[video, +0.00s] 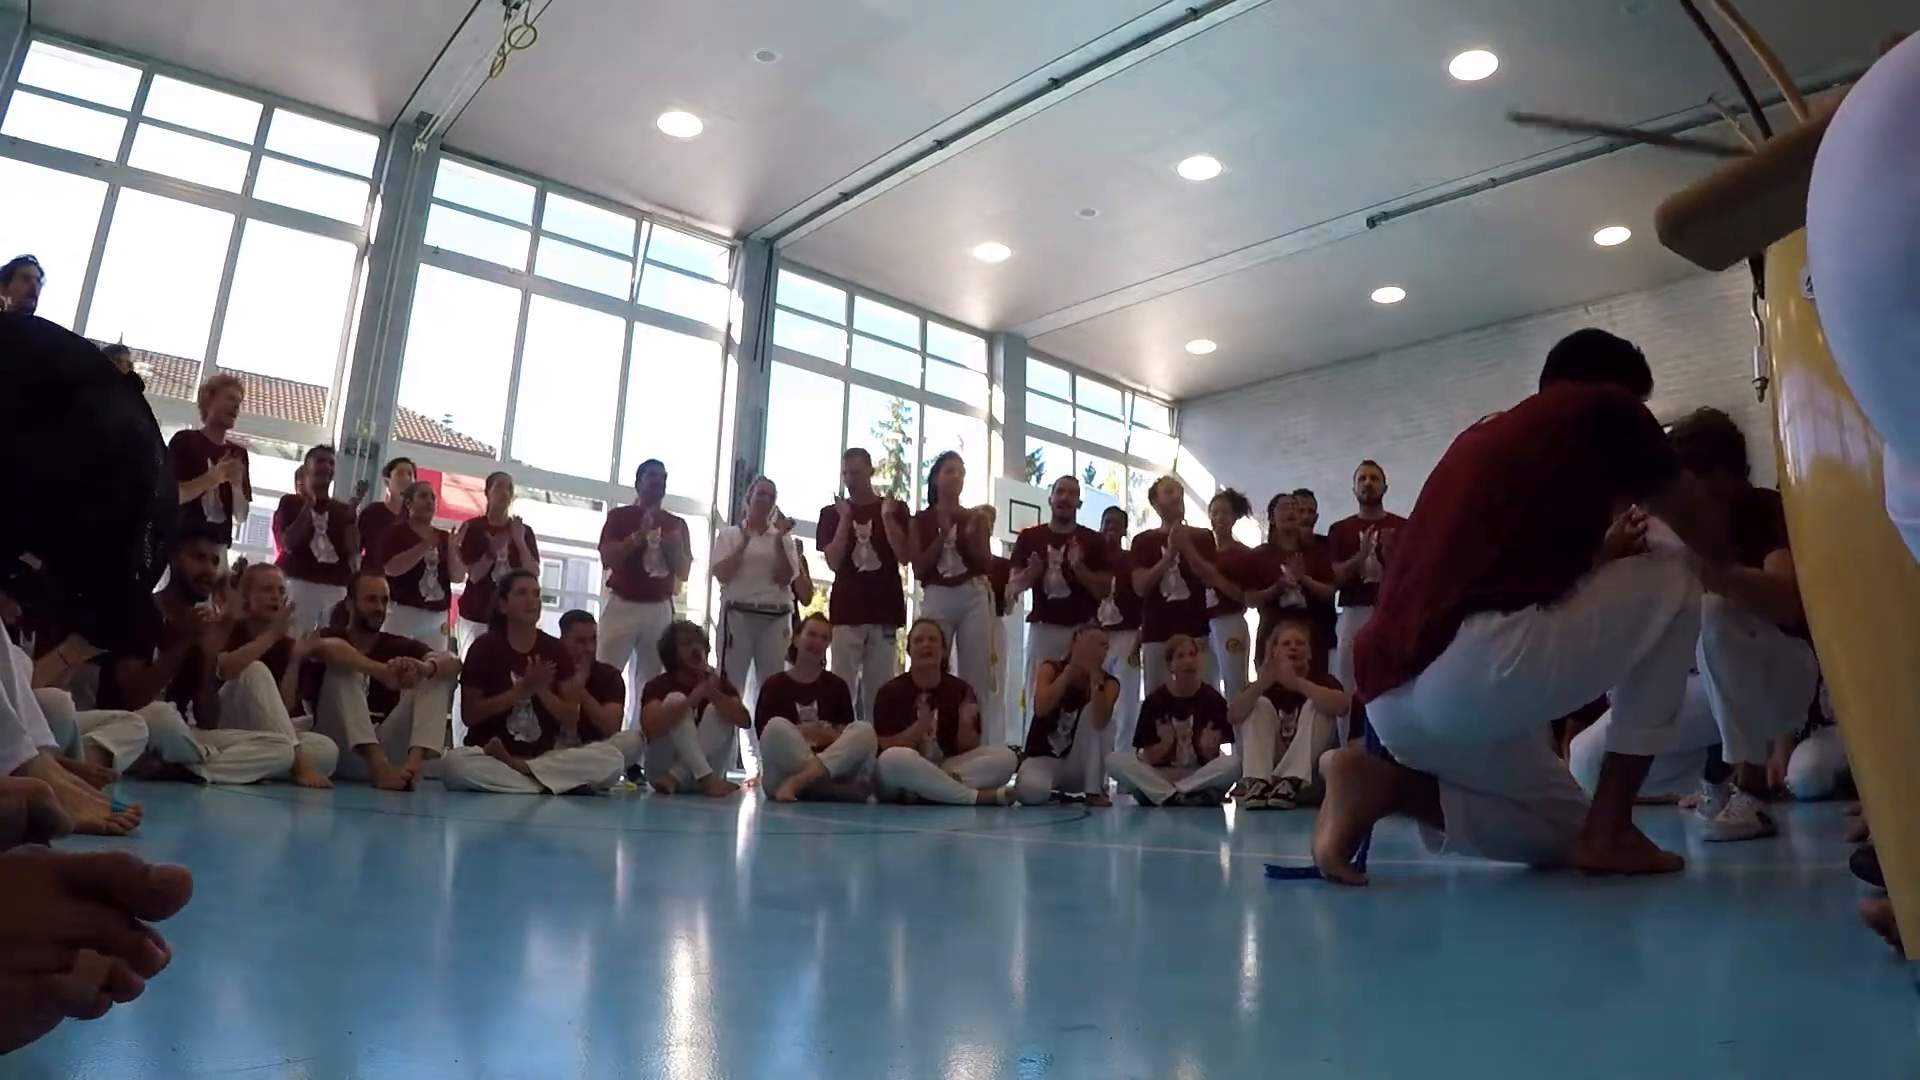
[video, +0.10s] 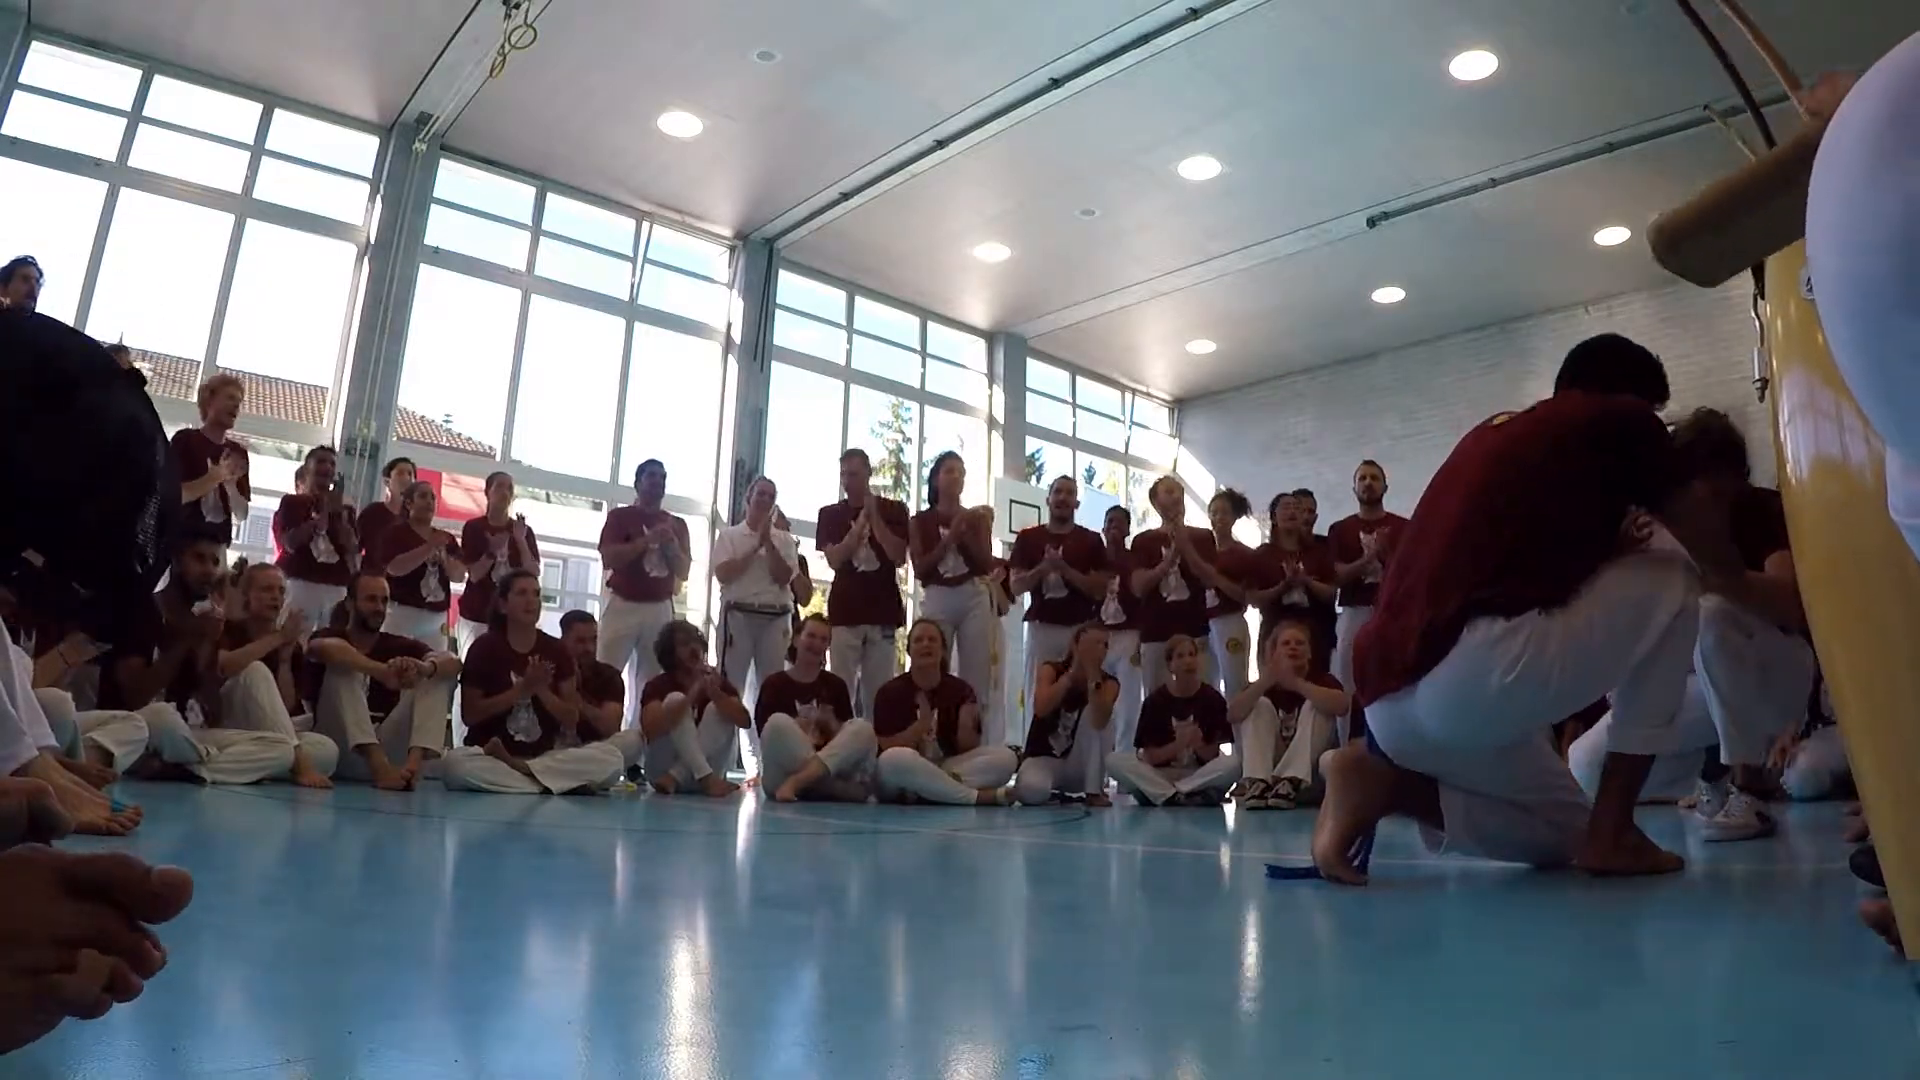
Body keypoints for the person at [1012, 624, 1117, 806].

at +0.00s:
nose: (1101, 651)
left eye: (1104, 646)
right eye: (1096, 644)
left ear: (1106, 650)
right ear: (1076, 643)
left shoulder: (1108, 683)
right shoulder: (1050, 668)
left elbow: (1099, 720)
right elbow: (1041, 708)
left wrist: (1095, 674)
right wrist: (1071, 670)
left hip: (1080, 763)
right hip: (1043, 760)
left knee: (1094, 711)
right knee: (1032, 792)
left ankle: (1093, 790)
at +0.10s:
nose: (1098, 650)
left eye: (1104, 645)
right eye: (1092, 643)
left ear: (1107, 650)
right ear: (1075, 645)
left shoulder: (1108, 682)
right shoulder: (1050, 669)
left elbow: (1099, 719)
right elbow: (1041, 708)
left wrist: (1093, 673)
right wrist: (1071, 675)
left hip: (1080, 763)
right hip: (1042, 760)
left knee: (1094, 712)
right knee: (1032, 792)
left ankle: (1094, 790)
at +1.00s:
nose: (1099, 650)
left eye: (1103, 645)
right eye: (1093, 643)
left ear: (1106, 650)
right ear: (1074, 644)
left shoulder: (1108, 683)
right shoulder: (1049, 671)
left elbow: (1100, 719)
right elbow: (1040, 710)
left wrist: (1091, 677)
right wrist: (1070, 673)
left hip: (1080, 763)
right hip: (1042, 761)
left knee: (1095, 712)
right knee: (1033, 793)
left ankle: (1093, 791)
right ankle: (1012, 793)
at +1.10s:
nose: (1099, 649)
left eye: (1103, 645)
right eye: (1093, 643)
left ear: (1106, 651)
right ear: (1073, 645)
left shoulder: (1108, 683)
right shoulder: (1049, 670)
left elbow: (1101, 719)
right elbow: (1040, 709)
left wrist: (1093, 676)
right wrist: (1071, 672)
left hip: (1080, 763)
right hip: (1042, 761)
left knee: (1095, 711)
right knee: (1033, 793)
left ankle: (1093, 791)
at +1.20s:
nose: (1097, 649)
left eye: (1102, 645)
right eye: (1091, 642)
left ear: (1105, 651)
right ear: (1074, 644)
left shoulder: (1108, 683)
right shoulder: (1051, 671)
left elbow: (1102, 719)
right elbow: (1040, 711)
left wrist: (1091, 679)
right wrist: (1071, 677)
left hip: (1080, 763)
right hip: (1042, 761)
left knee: (1095, 709)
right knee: (1034, 793)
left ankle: (1093, 791)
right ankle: (1010, 794)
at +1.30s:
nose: (1098, 648)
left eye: (1103, 645)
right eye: (1092, 642)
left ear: (1105, 651)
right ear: (1074, 644)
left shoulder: (1108, 683)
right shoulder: (1050, 671)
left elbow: (1102, 720)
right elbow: (1040, 711)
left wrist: (1091, 678)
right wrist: (1072, 673)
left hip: (1080, 762)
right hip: (1042, 760)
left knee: (1095, 709)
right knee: (1034, 793)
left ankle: (1093, 791)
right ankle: (1010, 794)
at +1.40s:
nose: (1098, 649)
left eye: (1103, 645)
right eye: (1092, 642)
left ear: (1105, 651)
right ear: (1074, 644)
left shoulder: (1109, 683)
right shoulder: (1050, 671)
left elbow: (1105, 726)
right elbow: (1040, 711)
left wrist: (1094, 684)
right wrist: (1069, 672)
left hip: (1083, 759)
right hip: (1043, 757)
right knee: (1041, 787)